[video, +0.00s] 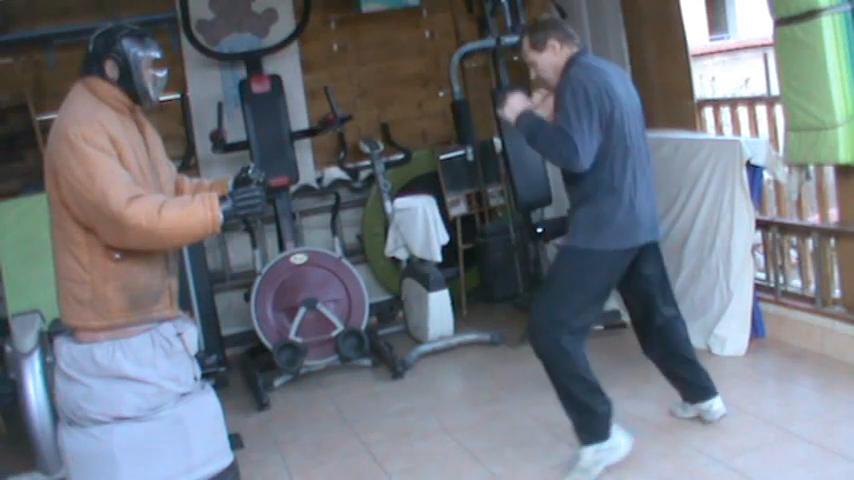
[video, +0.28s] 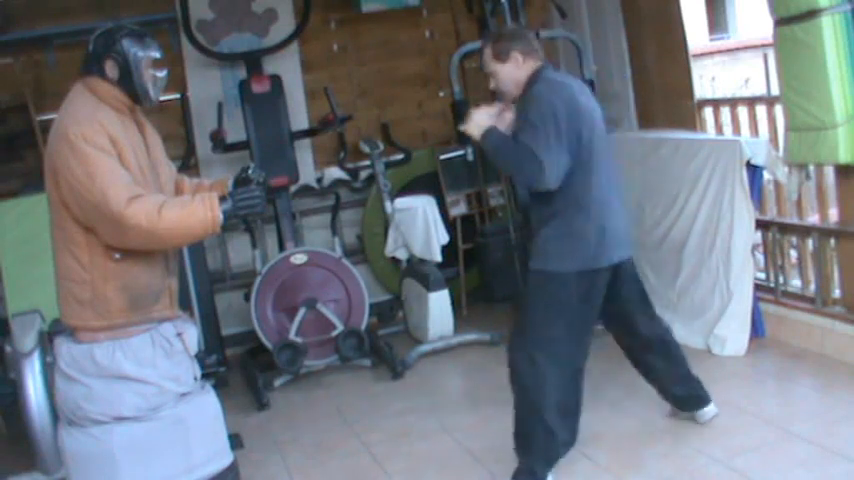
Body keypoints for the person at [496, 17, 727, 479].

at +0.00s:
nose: (536, 73)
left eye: (535, 63)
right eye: (532, 66)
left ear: (557, 46)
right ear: (564, 44)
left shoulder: (580, 79)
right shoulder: (610, 73)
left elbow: (575, 155)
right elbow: (603, 151)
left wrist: (523, 118)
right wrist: (556, 118)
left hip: (605, 228)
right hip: (637, 221)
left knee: (549, 328)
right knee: (658, 320)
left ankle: (600, 437)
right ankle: (704, 398)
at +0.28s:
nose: (492, 82)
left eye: (493, 71)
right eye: (489, 73)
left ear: (518, 60)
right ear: (527, 60)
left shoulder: (544, 94)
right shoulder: (569, 87)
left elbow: (542, 172)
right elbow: (563, 159)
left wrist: (489, 135)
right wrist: (513, 127)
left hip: (569, 249)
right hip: (606, 239)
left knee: (539, 354)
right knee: (639, 327)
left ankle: (537, 464)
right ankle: (694, 400)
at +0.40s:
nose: (480, 75)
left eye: (480, 66)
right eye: (477, 67)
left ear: (501, 54)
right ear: (521, 50)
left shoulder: (513, 91)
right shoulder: (571, 82)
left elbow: (496, 158)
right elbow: (562, 142)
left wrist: (453, 115)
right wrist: (501, 108)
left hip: (545, 243)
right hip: (592, 234)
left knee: (509, 348)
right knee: (597, 319)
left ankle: (527, 464)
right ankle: (649, 404)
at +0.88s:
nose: (422, 81)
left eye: (424, 70)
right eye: (420, 72)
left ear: (449, 62)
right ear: (463, 62)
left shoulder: (468, 104)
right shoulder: (512, 101)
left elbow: (440, 176)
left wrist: (384, 134)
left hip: (479, 279)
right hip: (529, 269)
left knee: (462, 392)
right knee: (545, 360)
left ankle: (464, 472)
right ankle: (590, 442)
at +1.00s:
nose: (410, 76)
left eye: (413, 65)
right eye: (409, 66)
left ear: (435, 56)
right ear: (448, 58)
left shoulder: (440, 99)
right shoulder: (501, 102)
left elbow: (399, 153)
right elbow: (516, 179)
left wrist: (340, 109)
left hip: (452, 266)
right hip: (502, 261)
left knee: (450, 375)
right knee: (495, 357)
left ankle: (459, 471)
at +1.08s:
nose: (408, 72)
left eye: (411, 62)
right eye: (407, 63)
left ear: (432, 56)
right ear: (453, 57)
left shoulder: (428, 98)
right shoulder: (499, 103)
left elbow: (358, 121)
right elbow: (504, 180)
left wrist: (346, 65)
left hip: (438, 269)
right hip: (487, 265)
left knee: (423, 375)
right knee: (460, 370)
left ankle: (444, 469)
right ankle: (458, 463)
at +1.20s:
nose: (412, 73)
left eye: (415, 63)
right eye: (411, 64)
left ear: (439, 54)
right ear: (455, 55)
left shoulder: (440, 93)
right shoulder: (500, 102)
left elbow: (374, 130)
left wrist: (326, 91)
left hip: (415, 239)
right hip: (471, 254)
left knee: (316, 291)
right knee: (457, 365)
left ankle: (360, 394)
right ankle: (452, 470)